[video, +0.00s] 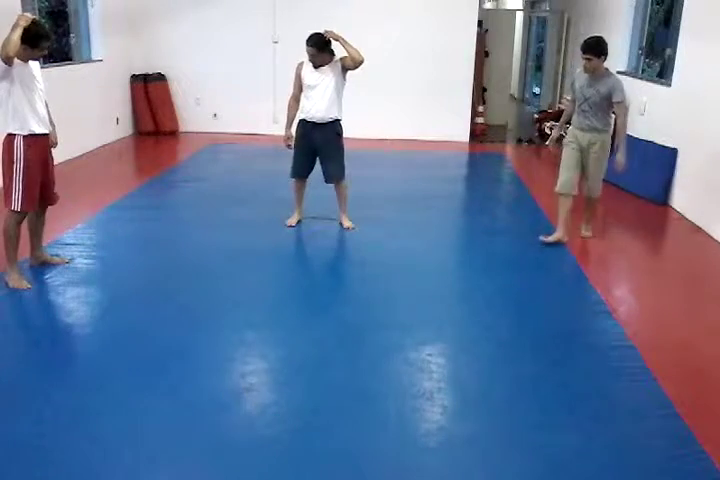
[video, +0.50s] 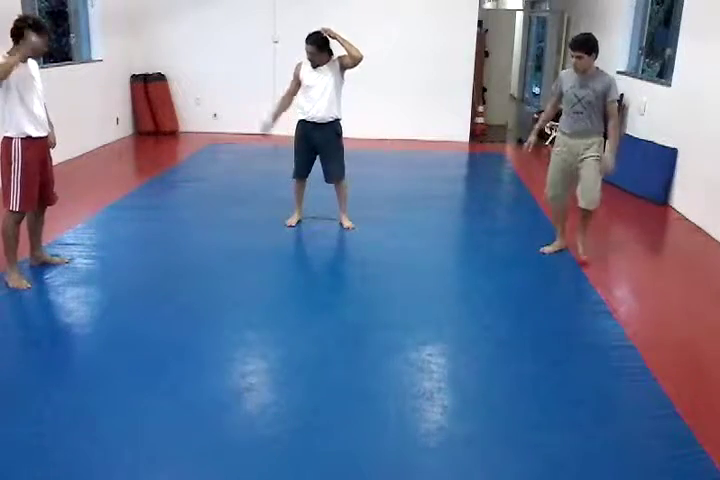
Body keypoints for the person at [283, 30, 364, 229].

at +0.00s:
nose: (309, 57)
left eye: (312, 54)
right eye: (308, 54)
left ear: (324, 52)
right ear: (308, 51)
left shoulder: (339, 65)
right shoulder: (303, 67)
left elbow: (358, 60)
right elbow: (295, 98)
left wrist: (339, 39)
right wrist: (288, 129)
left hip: (330, 127)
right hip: (305, 126)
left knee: (338, 176)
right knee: (299, 175)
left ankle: (343, 215)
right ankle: (298, 212)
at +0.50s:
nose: (308, 56)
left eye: (311, 53)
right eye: (307, 52)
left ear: (324, 52)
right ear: (307, 50)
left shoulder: (338, 65)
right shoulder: (302, 68)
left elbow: (356, 57)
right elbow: (289, 95)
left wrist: (336, 37)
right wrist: (273, 119)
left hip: (330, 127)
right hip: (305, 127)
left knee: (338, 176)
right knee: (300, 175)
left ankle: (343, 214)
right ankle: (297, 212)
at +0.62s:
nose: (308, 56)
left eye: (311, 53)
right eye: (307, 52)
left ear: (324, 52)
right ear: (307, 50)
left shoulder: (338, 65)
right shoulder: (302, 68)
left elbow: (356, 58)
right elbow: (280, 89)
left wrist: (335, 38)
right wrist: (252, 99)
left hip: (330, 128)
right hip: (306, 127)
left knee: (338, 176)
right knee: (300, 175)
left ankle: (343, 215)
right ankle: (297, 212)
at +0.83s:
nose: (309, 55)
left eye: (312, 52)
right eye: (307, 51)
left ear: (325, 49)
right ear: (305, 49)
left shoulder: (339, 64)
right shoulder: (300, 66)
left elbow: (363, 79)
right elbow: (274, 80)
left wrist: (354, 54)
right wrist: (242, 79)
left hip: (332, 128)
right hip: (307, 128)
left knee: (339, 176)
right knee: (301, 175)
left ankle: (343, 214)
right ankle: (297, 212)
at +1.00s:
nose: (319, 55)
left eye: (322, 50)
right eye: (315, 52)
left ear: (328, 47)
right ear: (307, 51)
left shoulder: (339, 66)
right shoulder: (298, 68)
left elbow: (366, 83)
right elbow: (271, 79)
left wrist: (380, 69)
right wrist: (242, 74)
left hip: (332, 129)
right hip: (306, 128)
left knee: (338, 176)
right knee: (301, 174)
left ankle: (343, 215)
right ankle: (297, 213)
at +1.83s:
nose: (323, 59)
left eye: (326, 55)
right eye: (318, 55)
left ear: (332, 51)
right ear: (311, 51)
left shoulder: (342, 69)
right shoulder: (301, 69)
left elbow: (357, 90)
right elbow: (281, 91)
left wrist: (372, 99)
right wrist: (259, 99)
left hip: (331, 129)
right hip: (306, 128)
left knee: (338, 176)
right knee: (300, 174)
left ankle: (343, 214)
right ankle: (297, 212)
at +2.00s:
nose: (322, 60)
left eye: (326, 56)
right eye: (318, 56)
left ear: (332, 52)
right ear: (311, 52)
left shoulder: (341, 70)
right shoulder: (301, 69)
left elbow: (349, 97)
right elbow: (291, 96)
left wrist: (355, 120)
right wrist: (279, 120)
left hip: (331, 129)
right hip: (306, 128)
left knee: (339, 176)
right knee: (300, 175)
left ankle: (343, 214)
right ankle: (297, 212)